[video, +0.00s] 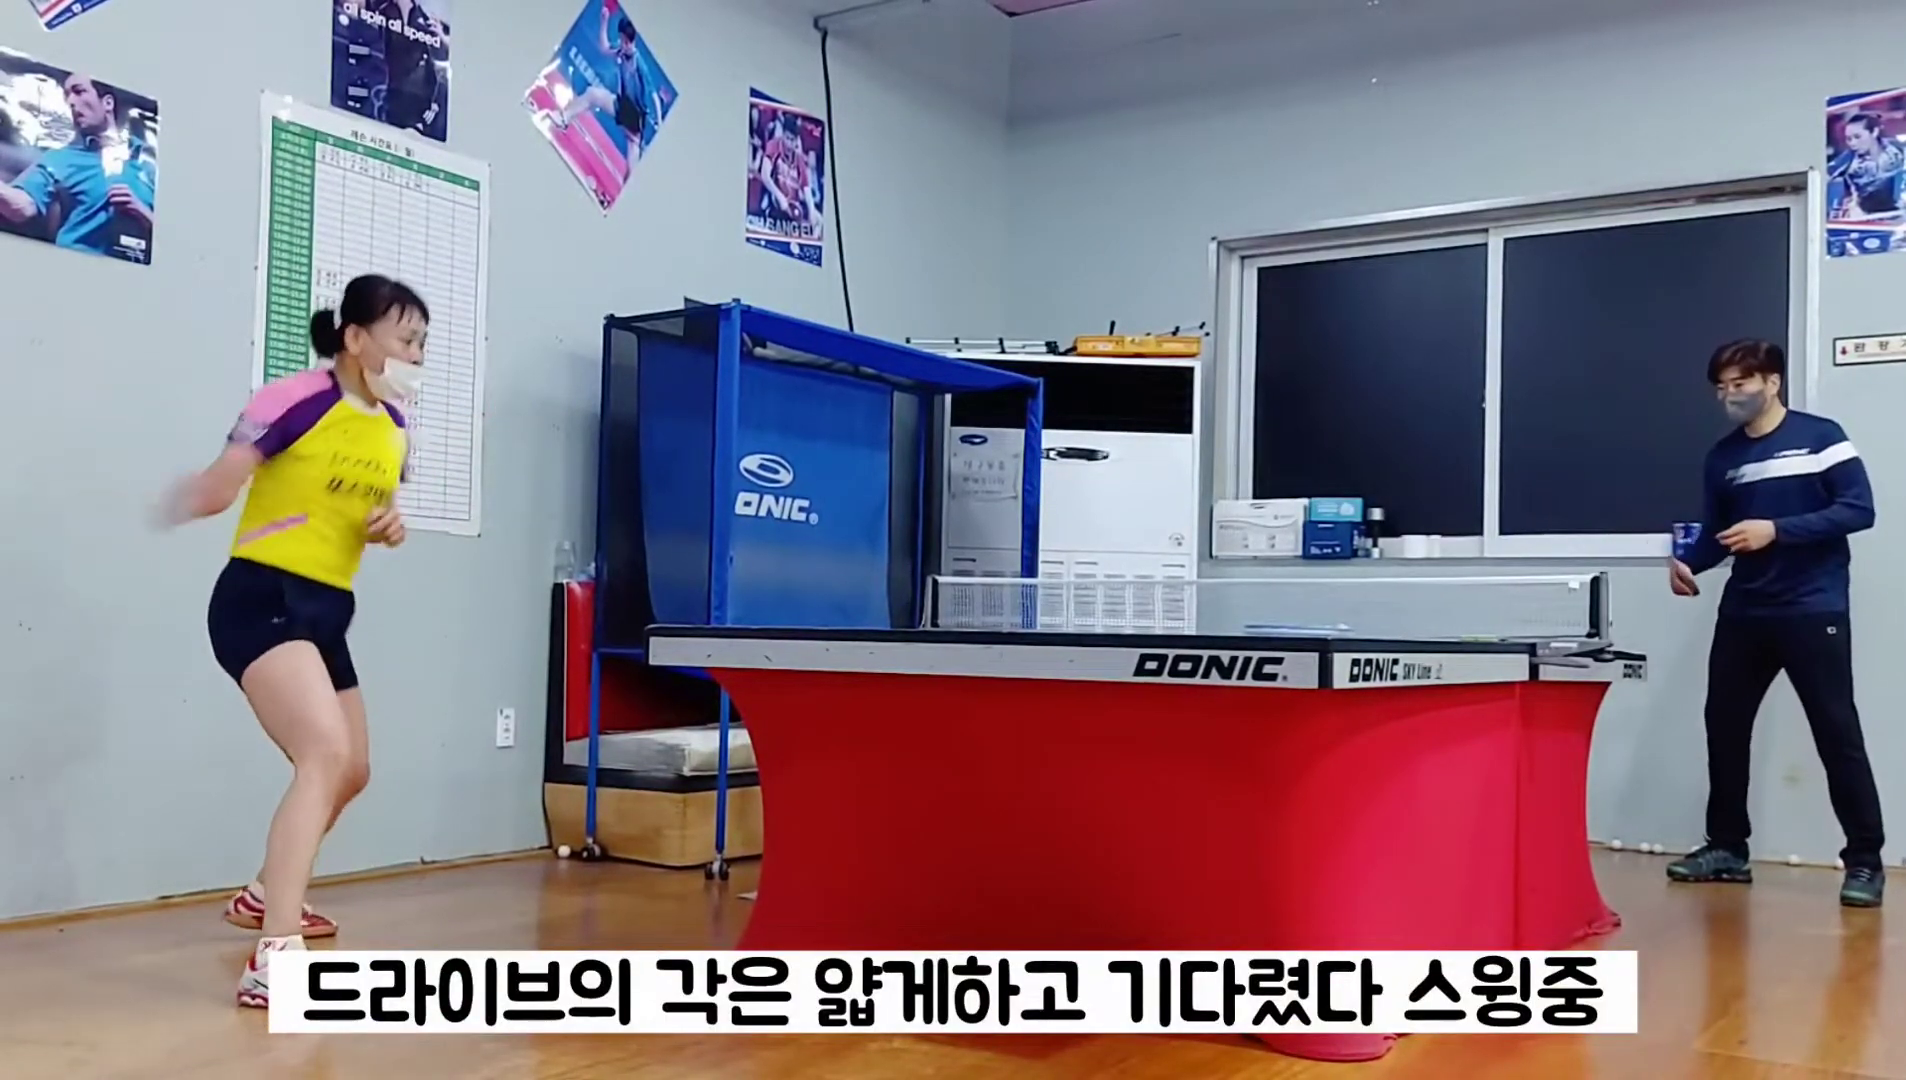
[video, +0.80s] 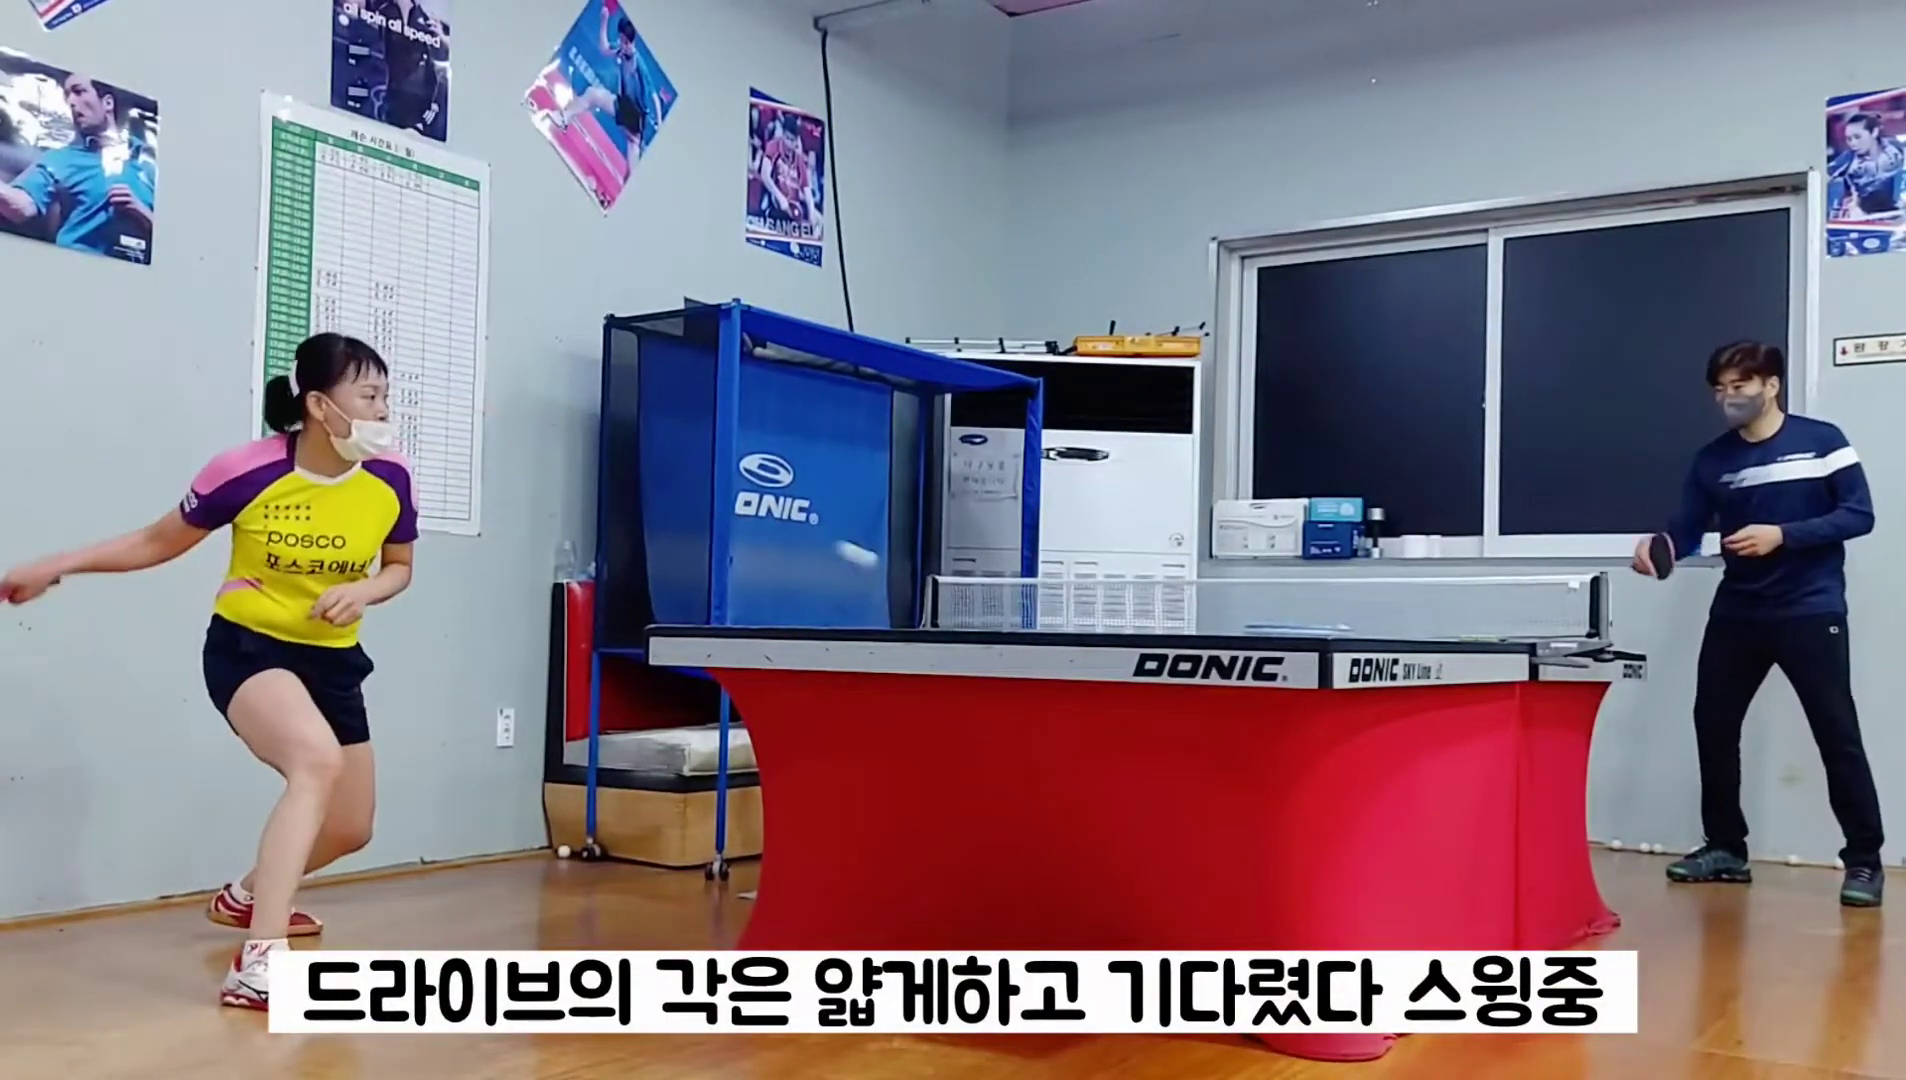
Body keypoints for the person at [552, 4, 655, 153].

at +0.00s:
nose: (622, 42)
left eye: (624, 40)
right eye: (621, 38)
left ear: (629, 40)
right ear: (620, 38)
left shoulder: (632, 55)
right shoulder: (621, 52)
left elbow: (631, 55)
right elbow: (604, 49)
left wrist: (629, 51)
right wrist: (604, 22)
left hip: (629, 109)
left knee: (593, 94)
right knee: (632, 169)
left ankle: (563, 118)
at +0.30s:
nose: (622, 43)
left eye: (624, 40)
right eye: (622, 40)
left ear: (628, 41)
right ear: (622, 40)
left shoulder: (632, 56)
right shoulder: (621, 54)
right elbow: (604, 49)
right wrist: (604, 22)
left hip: (628, 109)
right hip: (636, 115)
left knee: (593, 94)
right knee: (632, 164)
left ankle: (563, 118)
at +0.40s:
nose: (621, 42)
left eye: (623, 39)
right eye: (621, 38)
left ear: (627, 39)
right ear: (623, 38)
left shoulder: (629, 53)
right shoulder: (623, 52)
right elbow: (604, 49)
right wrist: (604, 22)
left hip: (628, 109)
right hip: (637, 116)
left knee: (593, 94)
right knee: (633, 163)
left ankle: (564, 118)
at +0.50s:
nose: (622, 43)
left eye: (624, 40)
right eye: (621, 39)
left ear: (628, 41)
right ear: (622, 39)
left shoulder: (631, 55)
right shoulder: (623, 52)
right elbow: (604, 50)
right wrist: (604, 22)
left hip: (628, 109)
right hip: (637, 115)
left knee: (593, 94)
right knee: (632, 163)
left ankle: (563, 118)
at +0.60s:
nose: (621, 42)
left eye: (623, 39)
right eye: (621, 39)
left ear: (627, 40)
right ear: (625, 39)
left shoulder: (631, 55)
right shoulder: (623, 52)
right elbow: (604, 50)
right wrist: (604, 22)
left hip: (628, 108)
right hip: (636, 115)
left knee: (593, 94)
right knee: (633, 159)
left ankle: (563, 117)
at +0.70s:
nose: (621, 43)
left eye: (623, 40)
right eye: (621, 39)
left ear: (628, 40)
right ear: (624, 39)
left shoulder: (631, 55)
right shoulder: (624, 52)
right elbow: (605, 50)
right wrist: (604, 22)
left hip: (628, 108)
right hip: (637, 115)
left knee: (593, 94)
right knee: (632, 164)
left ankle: (563, 117)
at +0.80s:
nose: (621, 41)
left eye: (623, 38)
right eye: (621, 38)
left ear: (627, 40)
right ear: (623, 38)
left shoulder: (630, 54)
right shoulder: (623, 51)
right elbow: (604, 50)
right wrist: (604, 22)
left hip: (628, 108)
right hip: (637, 115)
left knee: (593, 94)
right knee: (633, 159)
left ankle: (564, 118)